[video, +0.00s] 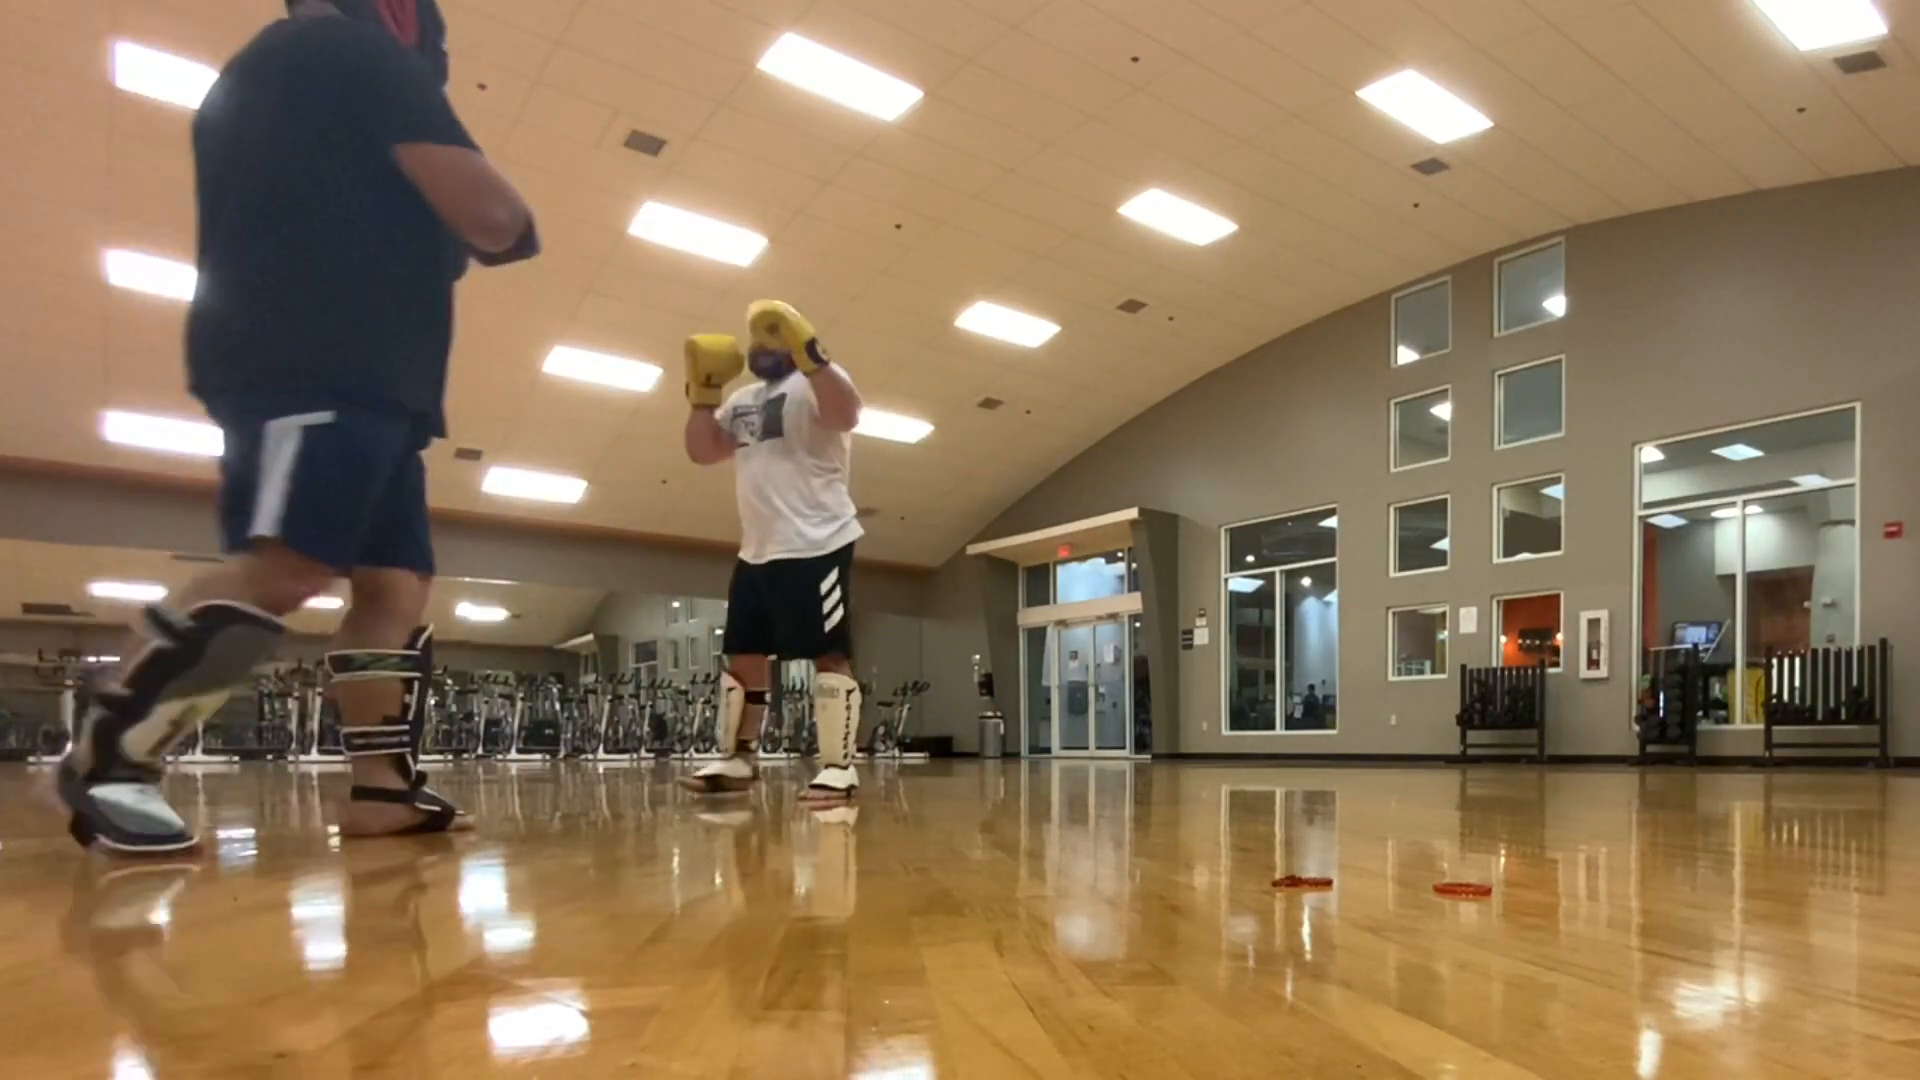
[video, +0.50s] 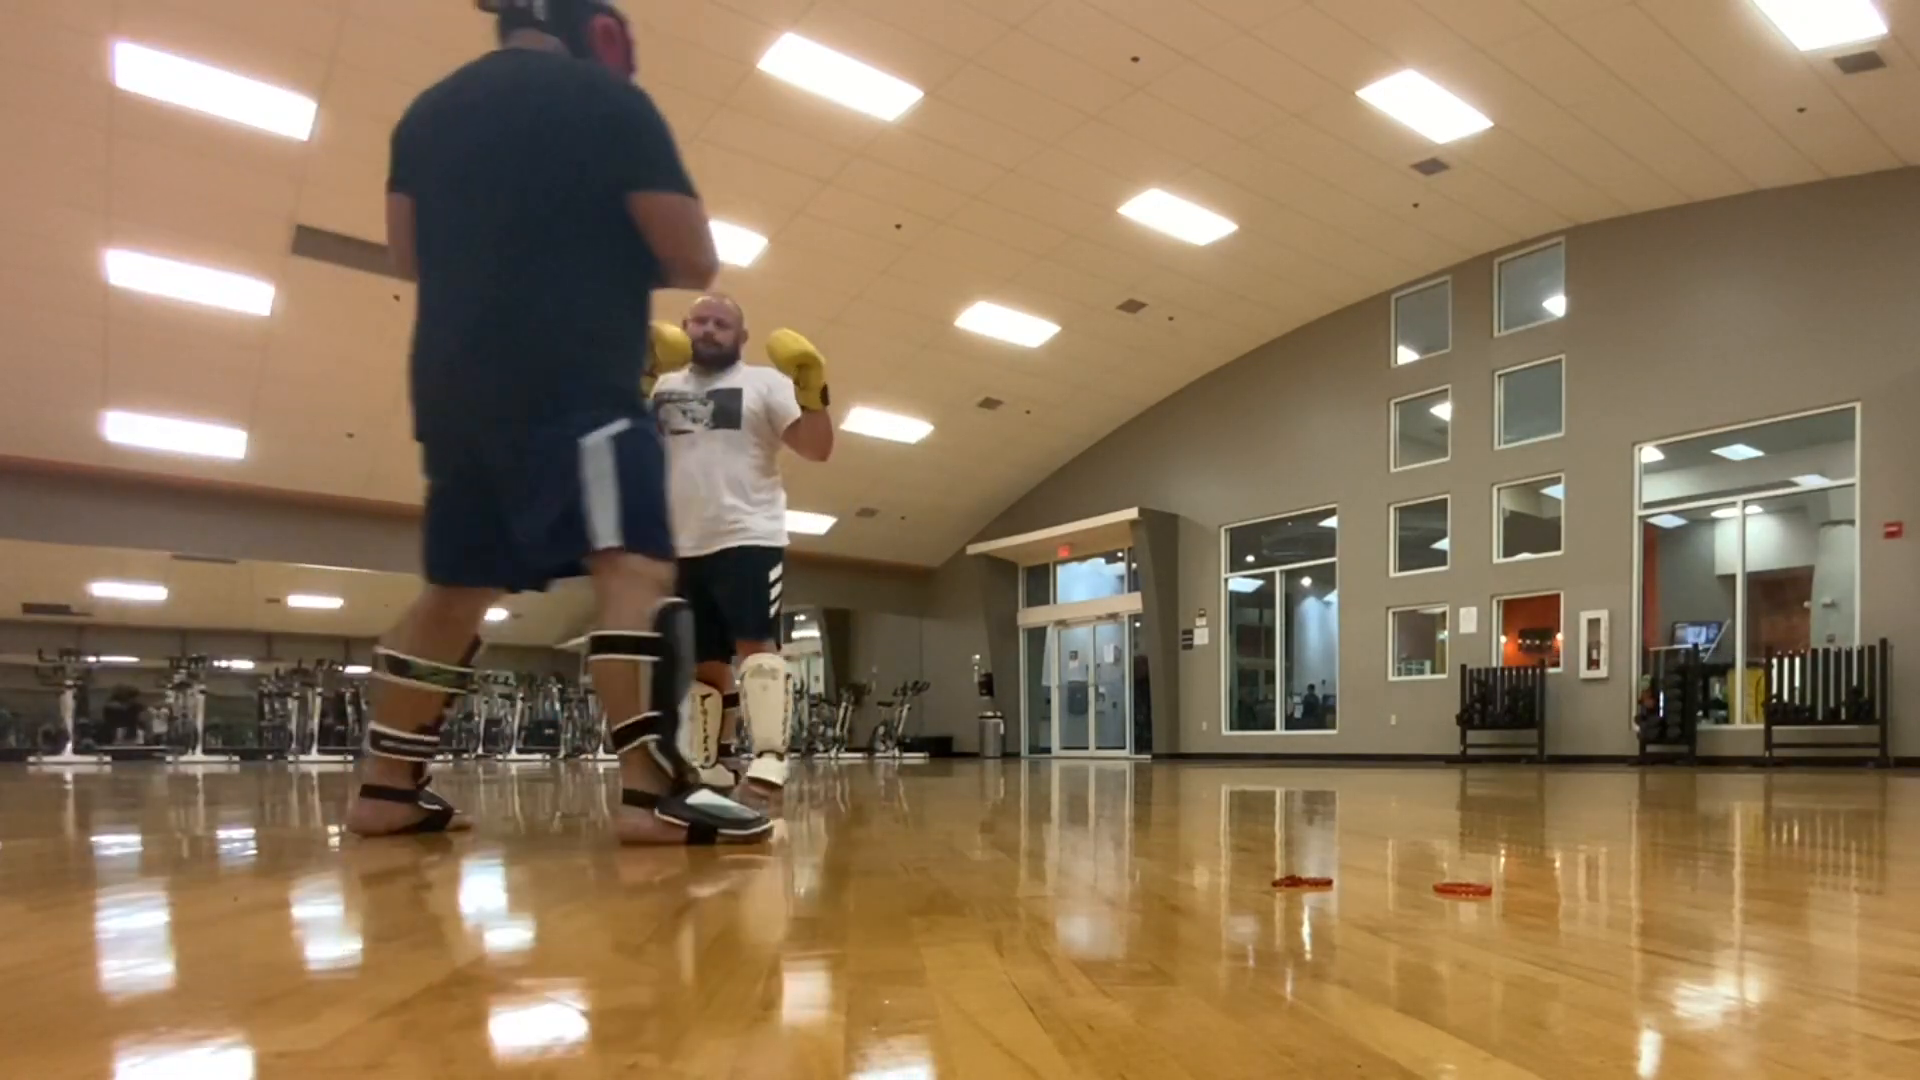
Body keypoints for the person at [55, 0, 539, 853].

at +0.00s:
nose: (428, 40)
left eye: (430, 32)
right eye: (423, 25)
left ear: (308, 0)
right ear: (387, 3)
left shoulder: (243, 75)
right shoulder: (365, 48)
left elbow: (328, 219)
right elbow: (492, 216)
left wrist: (446, 233)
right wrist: (508, 233)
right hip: (331, 362)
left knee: (394, 581)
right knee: (286, 565)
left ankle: (380, 787)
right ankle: (109, 754)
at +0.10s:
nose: (448, 26)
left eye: (448, 21)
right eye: (445, 16)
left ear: (333, 0)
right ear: (416, 2)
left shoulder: (279, 76)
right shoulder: (402, 48)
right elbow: (525, 205)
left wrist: (484, 220)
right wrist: (549, 201)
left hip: (294, 348)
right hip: (379, 343)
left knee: (364, 569)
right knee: (398, 560)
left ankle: (379, 784)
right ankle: (184, 725)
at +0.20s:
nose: (486, 32)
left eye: (485, 24)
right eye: (481, 19)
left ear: (371, 4)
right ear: (448, 4)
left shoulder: (314, 78)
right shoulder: (440, 52)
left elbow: (392, 209)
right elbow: (560, 203)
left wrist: (512, 208)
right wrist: (579, 187)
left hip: (322, 353)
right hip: (417, 346)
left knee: (374, 566)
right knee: (479, 542)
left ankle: (345, 762)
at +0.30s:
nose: (521, 34)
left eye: (520, 23)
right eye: (517, 19)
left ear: (403, 12)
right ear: (485, 9)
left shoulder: (345, 95)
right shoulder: (486, 69)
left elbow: (359, 235)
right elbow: (591, 216)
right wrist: (618, 183)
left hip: (354, 364)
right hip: (463, 360)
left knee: (385, 570)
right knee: (514, 545)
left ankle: (371, 789)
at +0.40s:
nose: (572, 49)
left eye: (568, 34)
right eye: (566, 31)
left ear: (450, 19)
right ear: (536, 18)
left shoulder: (385, 107)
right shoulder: (544, 86)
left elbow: (410, 240)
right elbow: (639, 236)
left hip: (397, 374)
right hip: (512, 370)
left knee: (411, 578)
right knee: (559, 564)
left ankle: (376, 792)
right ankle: (627, 781)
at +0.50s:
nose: (628, 62)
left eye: (628, 47)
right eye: (624, 43)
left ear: (506, 24)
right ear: (599, 30)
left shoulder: (429, 108)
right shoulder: (610, 102)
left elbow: (407, 255)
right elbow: (692, 257)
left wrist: (506, 250)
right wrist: (605, 232)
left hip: (456, 386)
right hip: (580, 382)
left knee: (459, 585)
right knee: (633, 569)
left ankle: (386, 788)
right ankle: (648, 790)